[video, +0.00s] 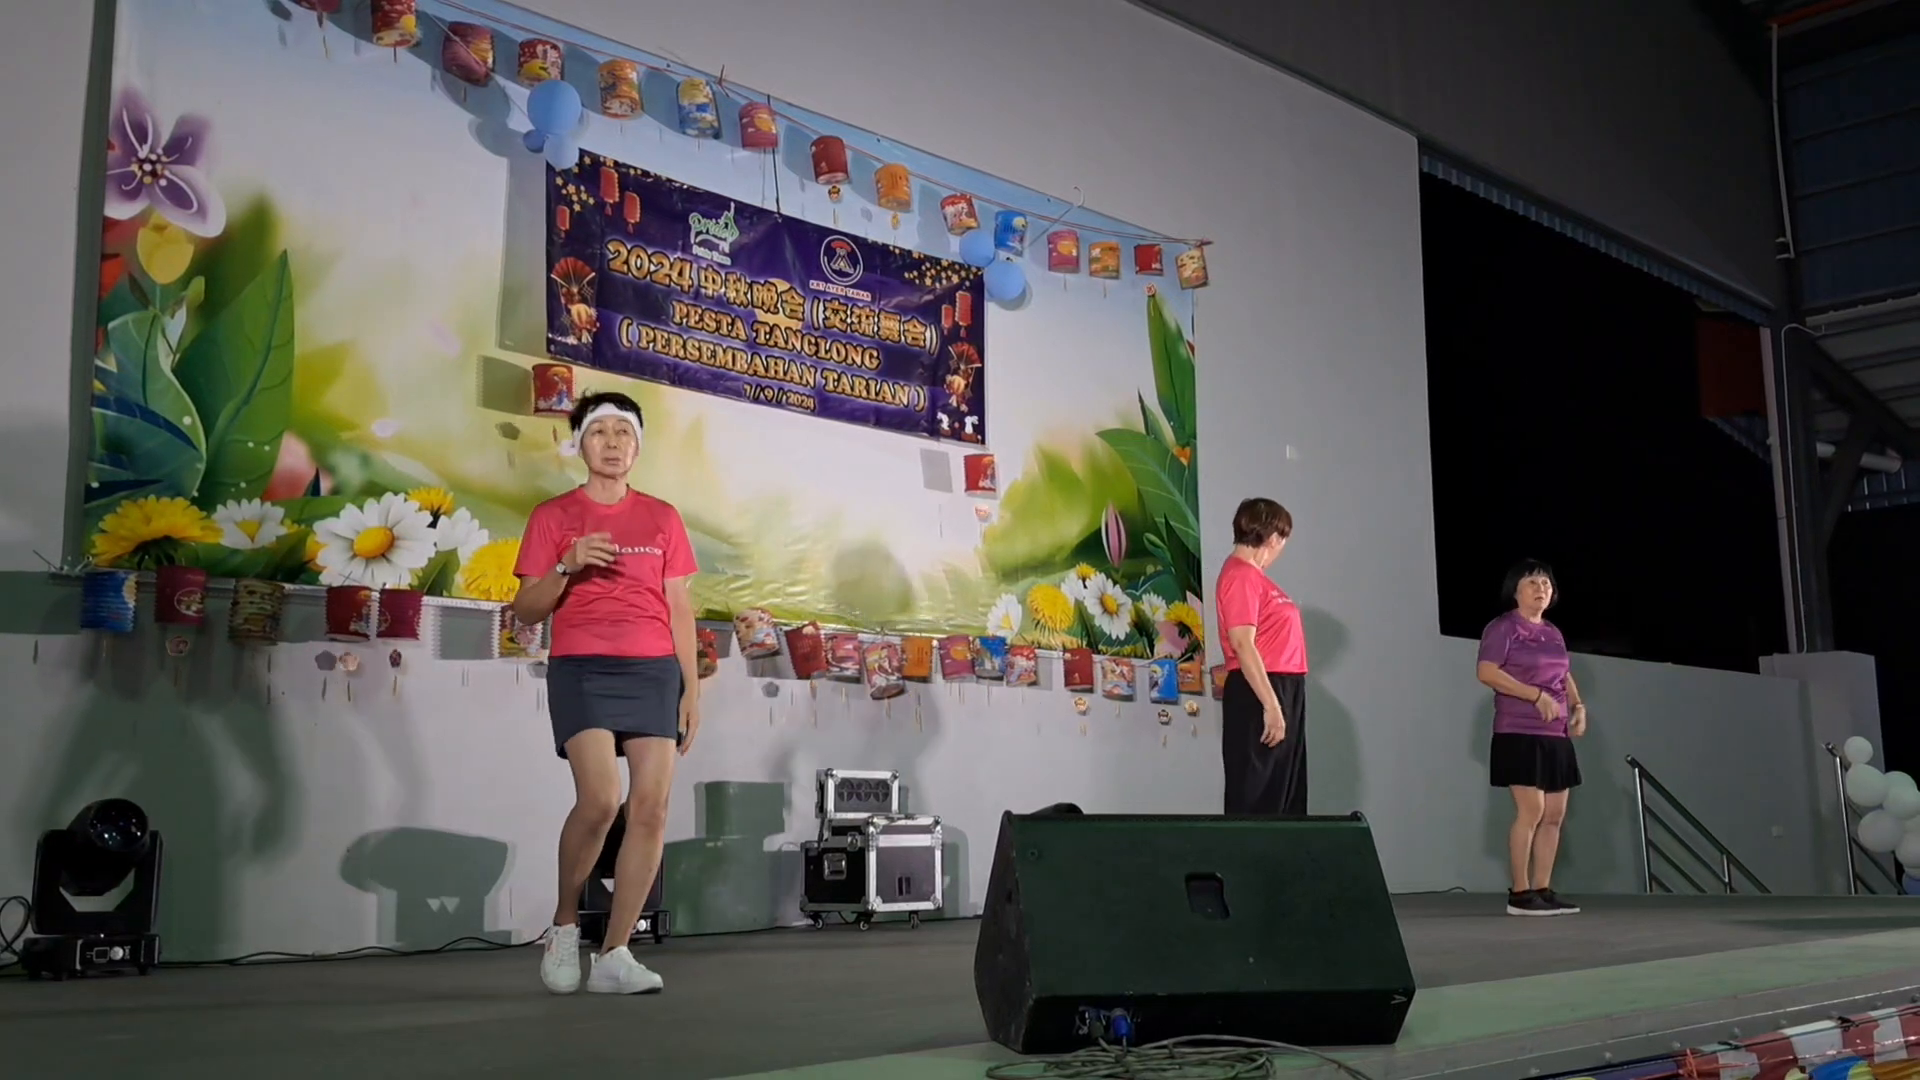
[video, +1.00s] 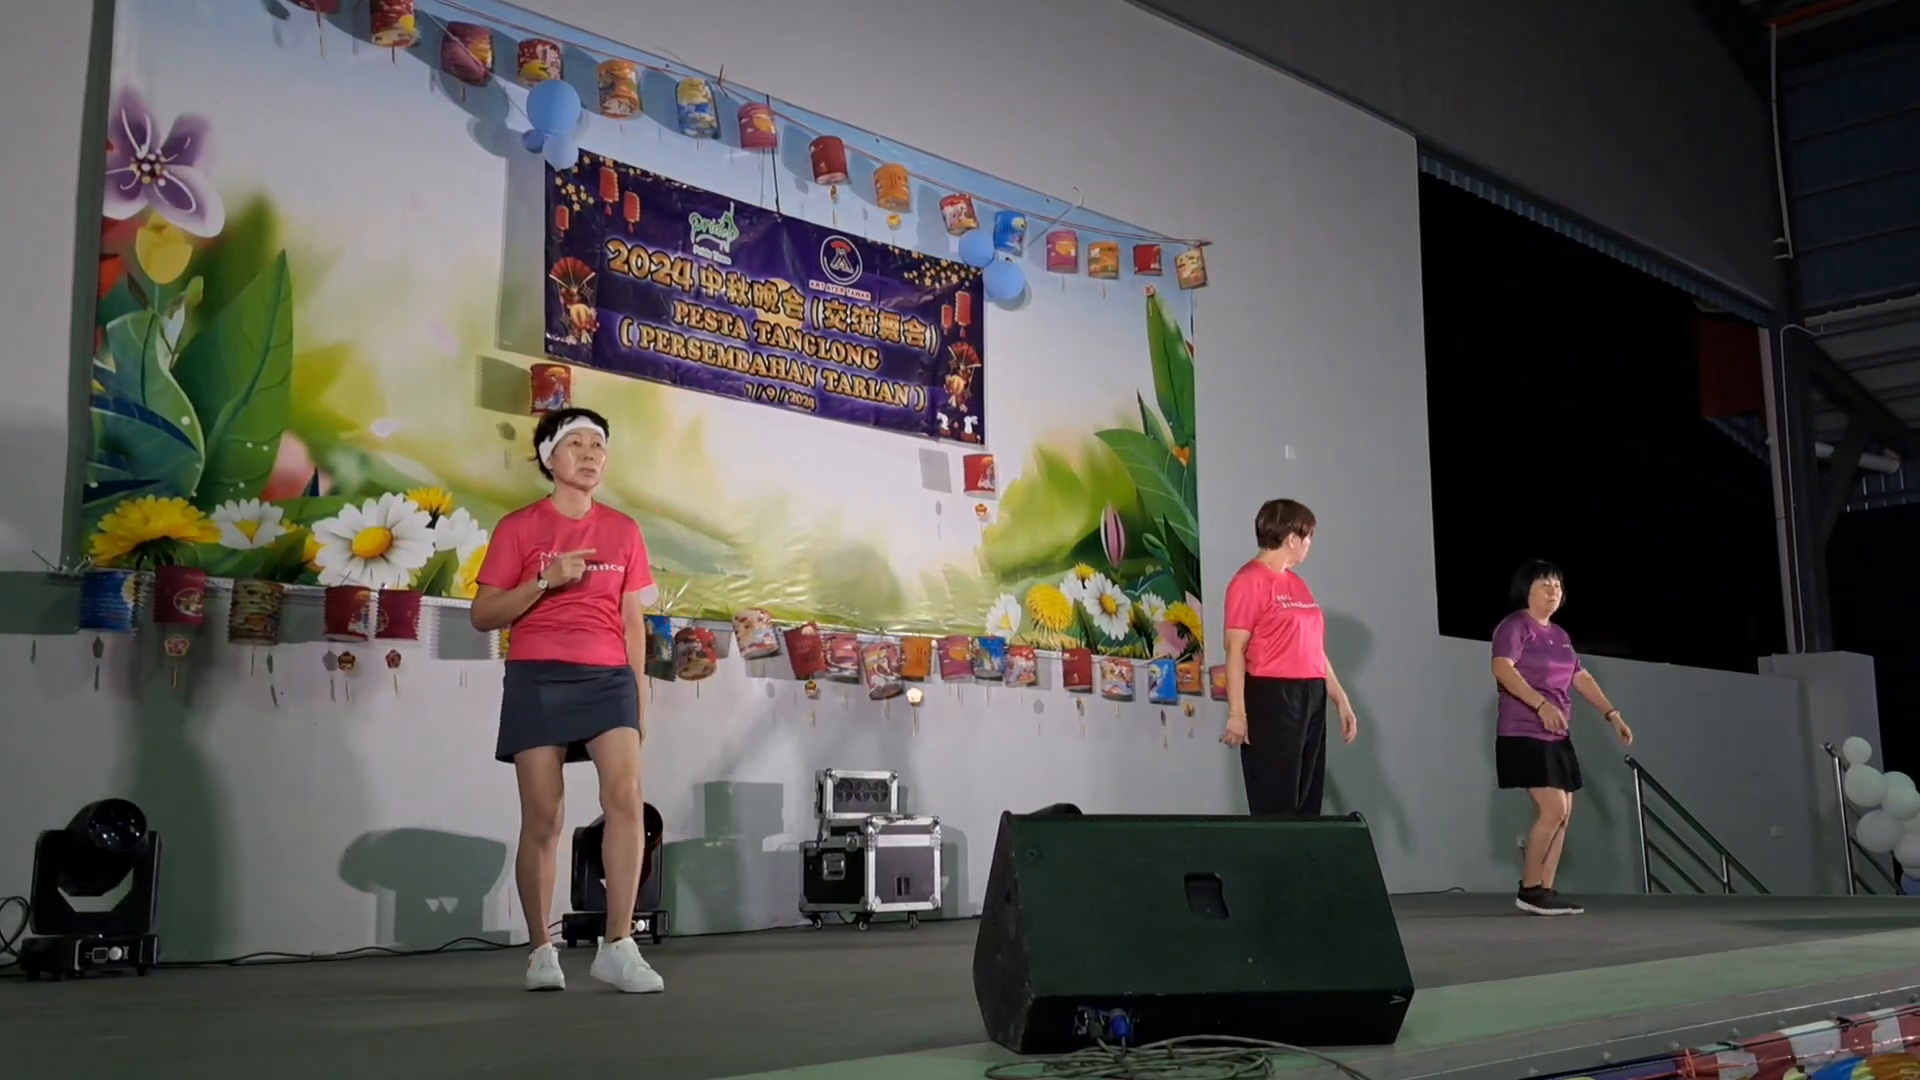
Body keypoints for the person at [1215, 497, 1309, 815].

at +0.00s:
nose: (1281, 547)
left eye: (1284, 540)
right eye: (1283, 539)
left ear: (1245, 530)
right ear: (1272, 538)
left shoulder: (1253, 575)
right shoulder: (1241, 575)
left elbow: (1251, 642)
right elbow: (1242, 643)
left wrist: (1283, 701)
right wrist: (1271, 705)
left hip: (1284, 687)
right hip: (1261, 688)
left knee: (1284, 792)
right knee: (1256, 793)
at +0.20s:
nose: (1291, 547)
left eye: (1293, 539)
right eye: (1290, 538)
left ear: (1265, 537)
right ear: (1275, 537)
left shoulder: (1263, 577)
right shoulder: (1246, 576)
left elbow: (1260, 643)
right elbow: (1246, 645)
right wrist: (1270, 706)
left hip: (1294, 690)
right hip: (1271, 690)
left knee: (1294, 795)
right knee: (1267, 797)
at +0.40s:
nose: (1295, 544)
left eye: (1296, 536)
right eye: (1288, 535)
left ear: (1264, 541)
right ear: (1261, 539)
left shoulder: (1276, 579)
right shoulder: (1245, 578)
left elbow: (1282, 645)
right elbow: (1241, 647)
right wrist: (1263, 707)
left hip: (1303, 692)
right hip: (1273, 693)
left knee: (1303, 800)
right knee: (1279, 803)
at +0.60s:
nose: (1294, 542)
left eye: (1297, 534)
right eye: (1285, 533)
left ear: (1300, 538)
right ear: (1259, 538)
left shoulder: (1292, 582)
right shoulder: (1240, 582)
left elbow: (1301, 646)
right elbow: (1234, 649)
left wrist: (1315, 705)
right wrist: (1247, 709)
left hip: (1309, 695)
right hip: (1269, 696)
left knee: (1307, 803)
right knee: (1277, 805)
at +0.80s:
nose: (1307, 543)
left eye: (1306, 535)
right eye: (1302, 534)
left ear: (1281, 540)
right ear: (1277, 539)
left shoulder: (1299, 582)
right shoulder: (1241, 583)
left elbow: (1316, 647)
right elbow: (1230, 652)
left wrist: (1341, 703)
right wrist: (1233, 714)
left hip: (1311, 700)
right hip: (1268, 699)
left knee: (1307, 804)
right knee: (1275, 805)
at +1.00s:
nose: (1310, 545)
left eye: (1311, 537)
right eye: (1308, 536)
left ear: (1287, 539)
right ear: (1291, 538)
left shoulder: (1296, 582)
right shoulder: (1249, 581)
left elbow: (1314, 649)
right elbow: (1234, 650)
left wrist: (1341, 698)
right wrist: (1236, 714)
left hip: (1311, 700)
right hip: (1272, 699)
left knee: (1306, 806)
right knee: (1277, 807)